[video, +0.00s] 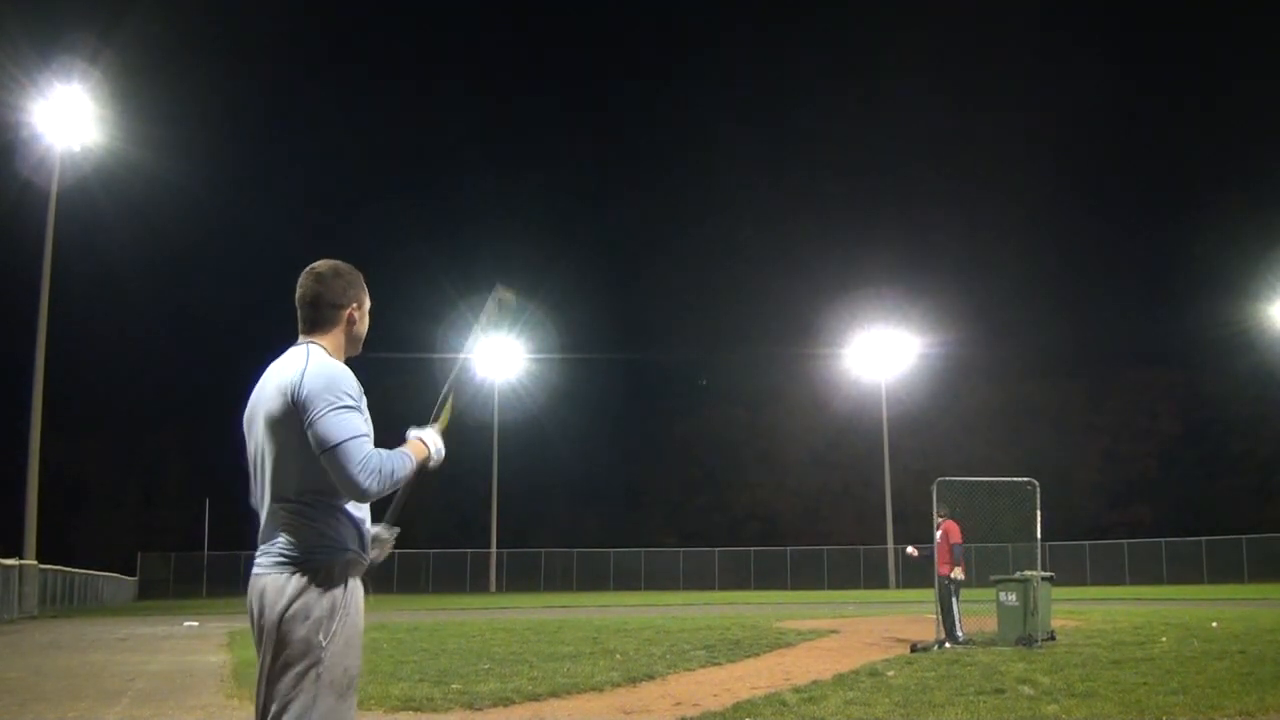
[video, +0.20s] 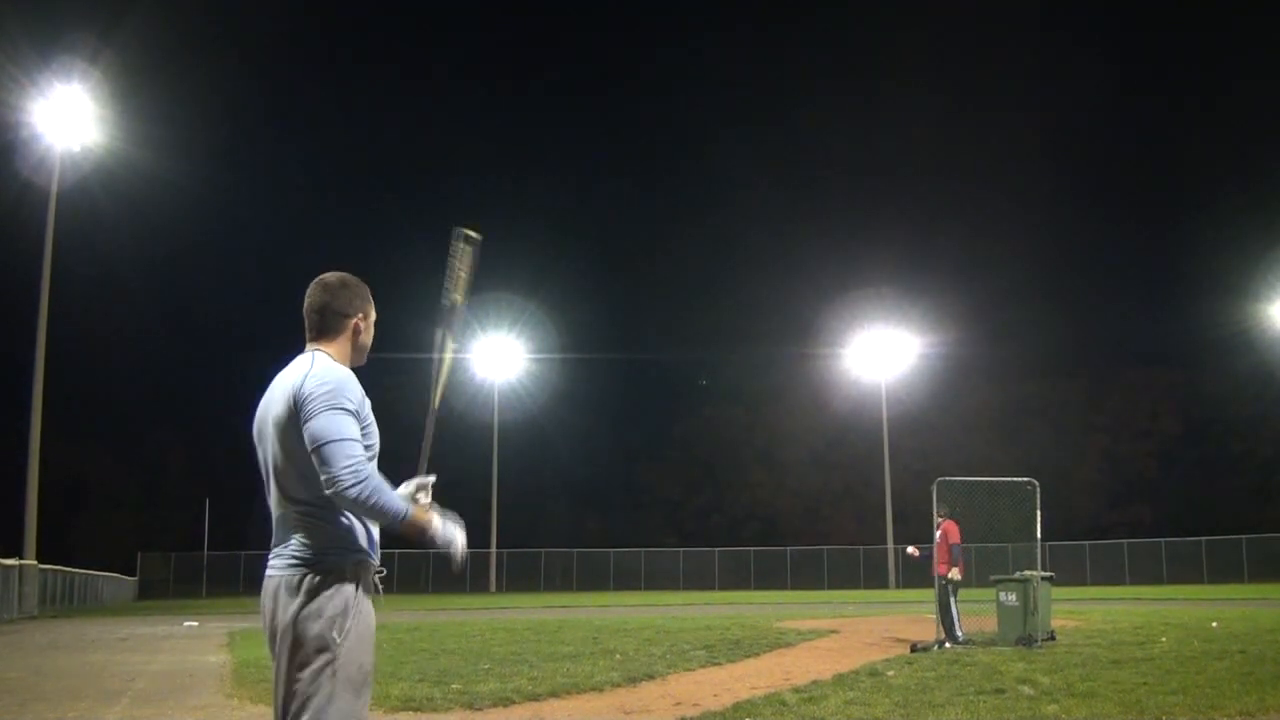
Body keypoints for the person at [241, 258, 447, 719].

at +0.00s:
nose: (367, 321)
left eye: (367, 310)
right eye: (367, 309)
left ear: (306, 311)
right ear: (353, 313)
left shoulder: (273, 380)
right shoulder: (325, 374)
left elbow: (278, 501)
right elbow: (365, 473)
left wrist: (355, 533)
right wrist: (419, 449)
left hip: (276, 583)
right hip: (317, 590)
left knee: (282, 710)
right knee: (313, 711)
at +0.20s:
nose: (372, 333)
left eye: (372, 322)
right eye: (372, 322)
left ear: (310, 321)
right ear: (358, 325)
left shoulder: (284, 387)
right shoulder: (328, 380)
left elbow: (322, 493)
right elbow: (350, 478)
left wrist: (395, 496)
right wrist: (426, 523)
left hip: (293, 588)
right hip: (328, 592)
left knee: (301, 710)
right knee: (330, 711)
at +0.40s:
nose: (392, 347)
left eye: (393, 335)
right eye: (392, 334)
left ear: (338, 327)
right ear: (373, 332)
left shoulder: (304, 384)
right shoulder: (339, 381)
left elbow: (323, 498)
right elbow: (337, 483)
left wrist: (395, 483)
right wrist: (374, 582)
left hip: (293, 575)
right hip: (330, 576)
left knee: (311, 709)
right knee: (356, 709)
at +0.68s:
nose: (429, 383)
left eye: (436, 375)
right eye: (428, 369)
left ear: (395, 348)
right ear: (398, 347)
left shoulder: (334, 380)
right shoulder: (352, 378)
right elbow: (300, 465)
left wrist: (367, 486)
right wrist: (321, 579)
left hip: (297, 576)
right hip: (330, 579)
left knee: (311, 712)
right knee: (371, 710)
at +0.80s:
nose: (434, 384)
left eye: (440, 375)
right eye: (434, 370)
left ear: (401, 349)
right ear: (404, 348)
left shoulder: (349, 384)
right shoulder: (351, 382)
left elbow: (306, 476)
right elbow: (302, 477)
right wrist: (334, 590)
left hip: (300, 580)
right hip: (326, 580)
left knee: (308, 712)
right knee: (360, 710)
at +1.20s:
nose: (420, 339)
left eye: (420, 328)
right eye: (419, 328)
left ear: (364, 323)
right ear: (397, 329)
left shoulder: (361, 396)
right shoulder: (335, 386)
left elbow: (378, 506)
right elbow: (334, 509)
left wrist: (410, 593)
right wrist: (389, 606)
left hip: (327, 584)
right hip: (295, 588)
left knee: (353, 706)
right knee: (315, 710)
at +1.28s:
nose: (409, 337)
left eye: (409, 326)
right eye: (407, 325)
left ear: (374, 327)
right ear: (385, 328)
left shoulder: (368, 406)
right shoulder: (321, 384)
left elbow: (391, 497)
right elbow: (320, 502)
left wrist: (432, 559)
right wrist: (407, 574)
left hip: (323, 588)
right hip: (300, 589)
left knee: (343, 707)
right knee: (337, 709)